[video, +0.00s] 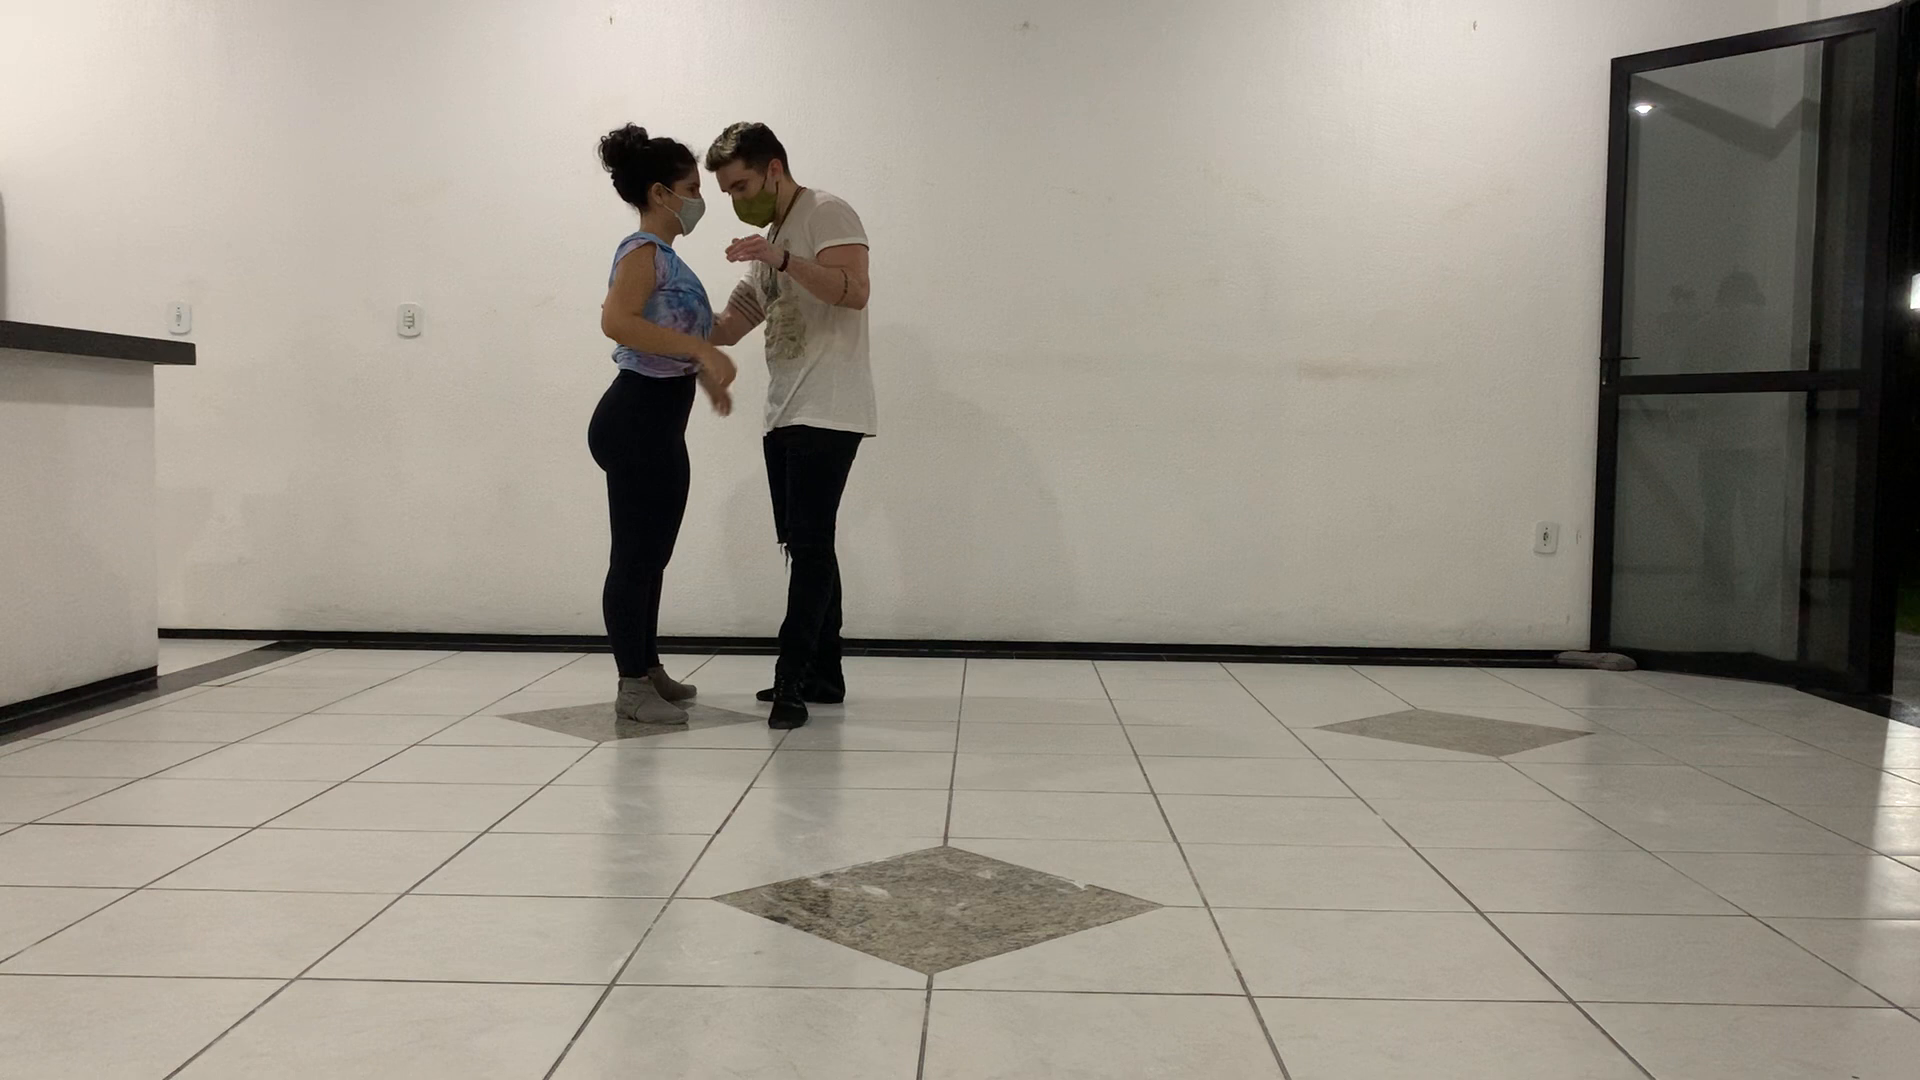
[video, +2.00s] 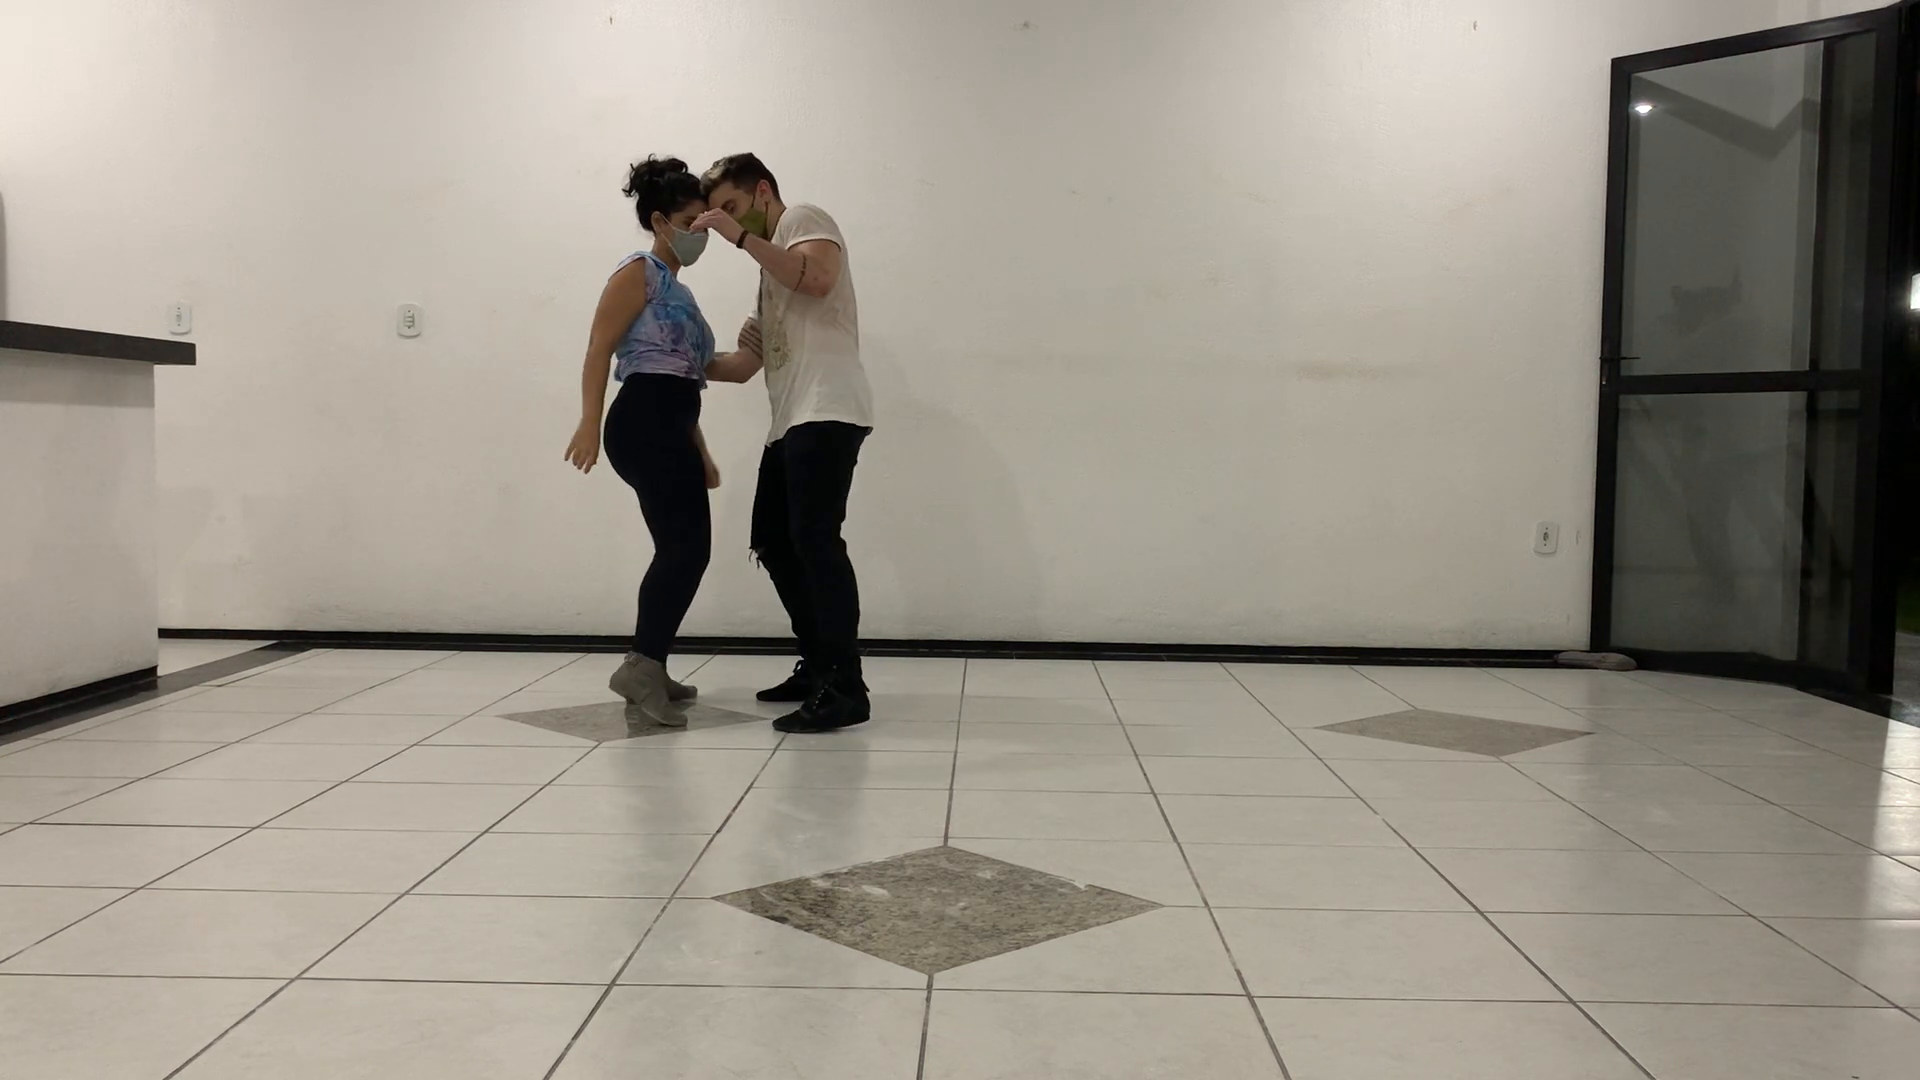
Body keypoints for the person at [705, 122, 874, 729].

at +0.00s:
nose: (734, 203)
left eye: (739, 188)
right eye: (727, 192)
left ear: (775, 170)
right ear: (736, 187)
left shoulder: (828, 213)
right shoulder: (767, 252)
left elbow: (854, 291)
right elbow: (728, 328)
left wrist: (779, 258)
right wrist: (662, 319)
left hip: (831, 405)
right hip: (786, 409)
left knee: (808, 542)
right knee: (803, 544)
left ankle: (795, 685)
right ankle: (822, 676)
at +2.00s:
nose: (728, 224)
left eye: (731, 209)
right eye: (720, 217)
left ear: (764, 191)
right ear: (737, 216)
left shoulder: (806, 218)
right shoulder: (769, 281)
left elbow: (816, 278)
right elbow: (741, 365)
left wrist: (740, 238)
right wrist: (670, 356)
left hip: (828, 410)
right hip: (790, 420)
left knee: (813, 538)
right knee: (773, 541)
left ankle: (846, 690)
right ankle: (818, 666)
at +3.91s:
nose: (723, 231)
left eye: (725, 214)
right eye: (715, 222)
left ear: (759, 194)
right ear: (736, 217)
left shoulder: (801, 219)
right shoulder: (766, 280)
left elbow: (809, 284)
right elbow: (745, 367)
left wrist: (730, 250)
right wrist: (674, 370)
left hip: (828, 408)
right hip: (782, 421)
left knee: (786, 531)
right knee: (763, 543)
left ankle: (793, 681)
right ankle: (821, 670)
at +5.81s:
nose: (707, 197)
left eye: (708, 181)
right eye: (701, 188)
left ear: (739, 159)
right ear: (741, 166)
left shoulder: (792, 192)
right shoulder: (772, 233)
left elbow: (786, 282)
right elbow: (709, 312)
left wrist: (697, 240)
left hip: (867, 392)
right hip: (864, 395)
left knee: (844, 541)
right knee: (858, 542)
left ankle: (831, 699)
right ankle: (833, 695)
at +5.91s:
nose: (701, 201)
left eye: (701, 185)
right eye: (694, 192)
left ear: (733, 163)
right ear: (735, 170)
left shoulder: (788, 195)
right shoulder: (766, 236)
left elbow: (789, 283)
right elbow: (698, 308)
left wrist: (698, 247)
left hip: (870, 394)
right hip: (871, 395)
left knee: (853, 546)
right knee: (875, 546)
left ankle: (830, 700)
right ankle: (860, 697)